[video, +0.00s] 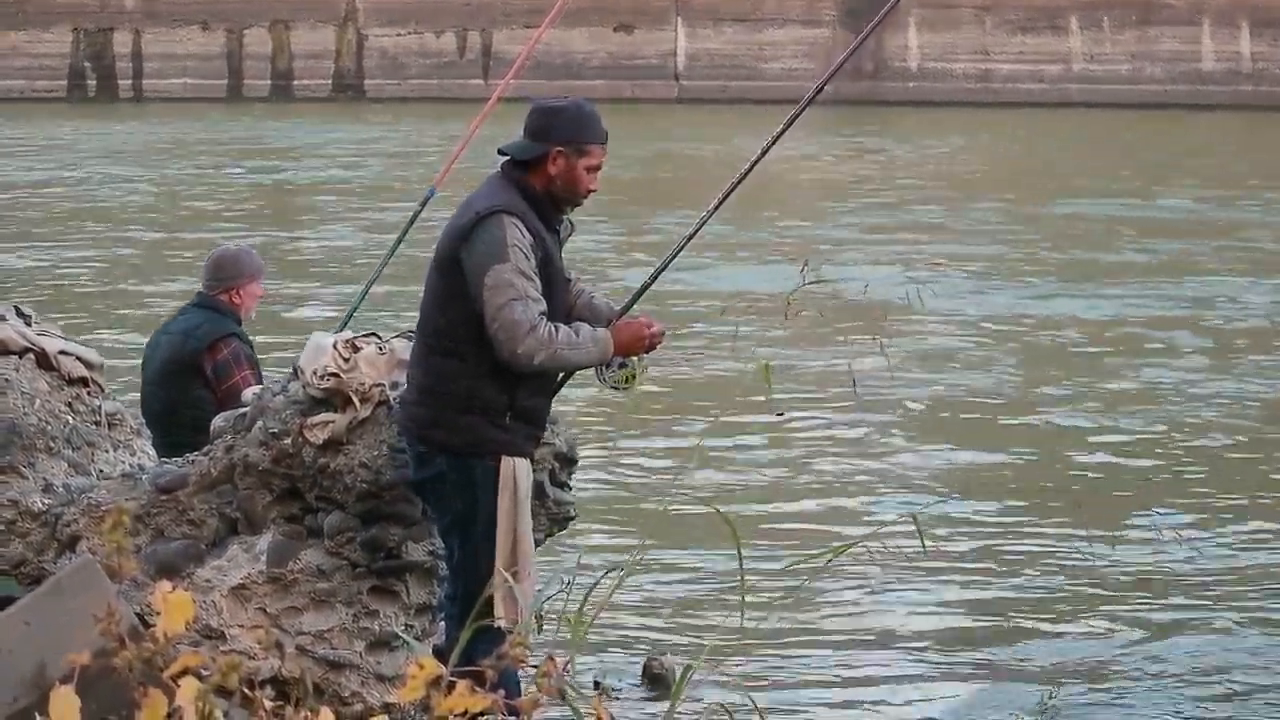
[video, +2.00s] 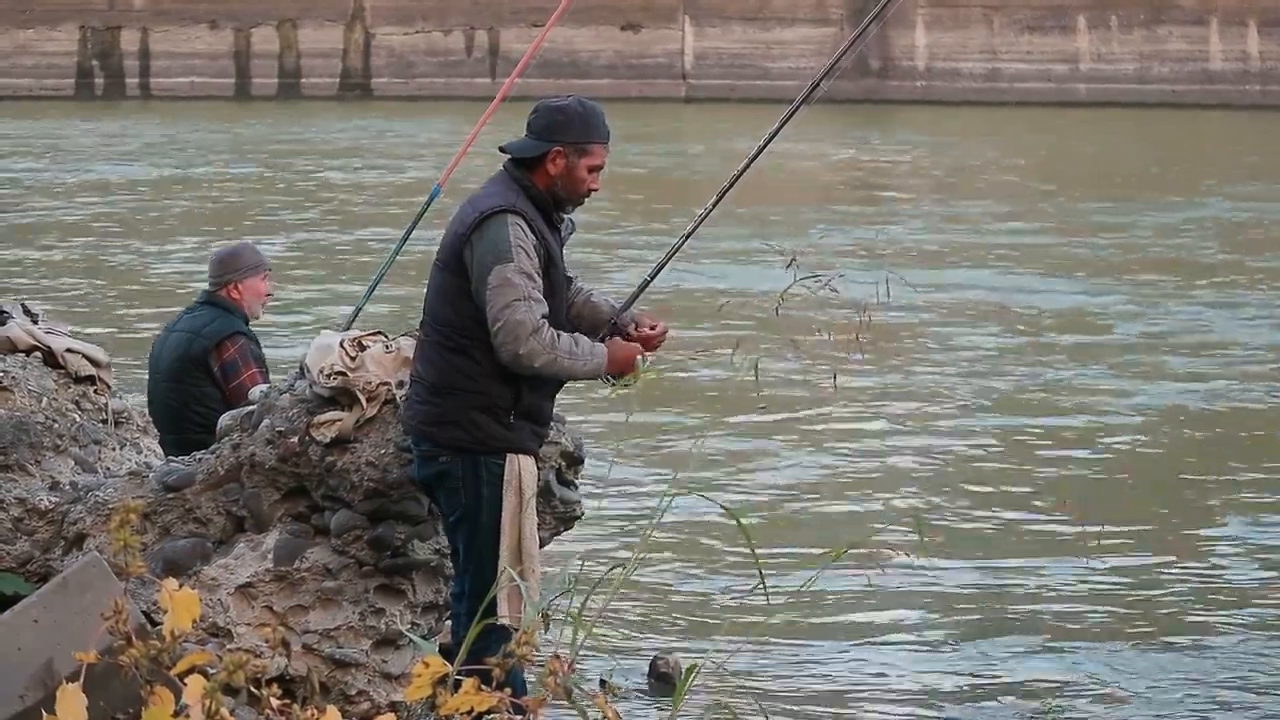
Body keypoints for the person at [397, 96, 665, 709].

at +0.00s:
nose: (596, 183)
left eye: (599, 169)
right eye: (591, 168)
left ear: (556, 161)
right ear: (553, 161)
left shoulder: (528, 218)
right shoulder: (501, 225)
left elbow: (562, 297)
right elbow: (521, 340)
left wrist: (617, 326)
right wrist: (609, 341)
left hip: (484, 438)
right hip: (460, 443)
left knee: (492, 592)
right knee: (478, 598)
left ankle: (490, 706)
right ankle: (473, 709)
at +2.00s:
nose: (598, 182)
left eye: (601, 169)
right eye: (592, 169)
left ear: (560, 161)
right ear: (554, 161)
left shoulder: (533, 217)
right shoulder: (504, 224)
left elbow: (560, 299)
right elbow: (520, 341)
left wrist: (619, 322)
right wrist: (603, 356)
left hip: (492, 435)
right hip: (467, 440)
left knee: (494, 593)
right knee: (489, 598)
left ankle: (485, 710)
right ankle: (484, 712)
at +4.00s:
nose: (590, 178)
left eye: (590, 167)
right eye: (590, 168)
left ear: (532, 159)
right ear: (579, 173)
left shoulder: (531, 222)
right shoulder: (507, 229)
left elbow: (564, 302)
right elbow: (539, 340)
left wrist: (625, 328)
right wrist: (622, 351)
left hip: (492, 438)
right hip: (469, 443)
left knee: (498, 586)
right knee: (491, 589)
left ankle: (486, 705)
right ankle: (487, 708)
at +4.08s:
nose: (591, 176)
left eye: (590, 164)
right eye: (590, 165)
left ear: (532, 158)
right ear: (579, 171)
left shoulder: (529, 222)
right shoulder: (507, 229)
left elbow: (564, 302)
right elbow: (538, 340)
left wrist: (626, 329)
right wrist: (621, 351)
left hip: (492, 440)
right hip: (471, 445)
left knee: (499, 589)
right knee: (492, 593)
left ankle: (493, 708)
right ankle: (490, 711)